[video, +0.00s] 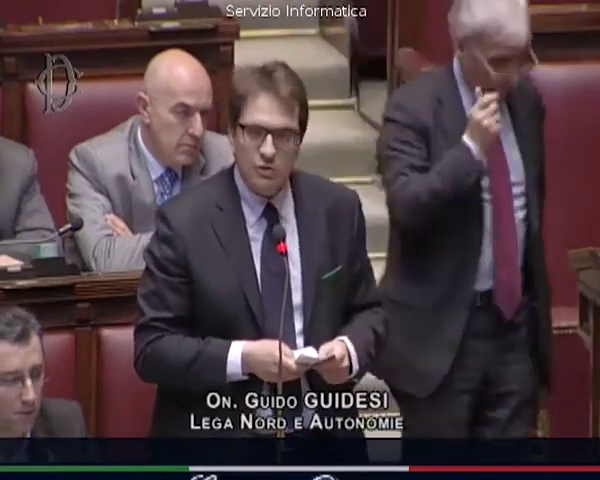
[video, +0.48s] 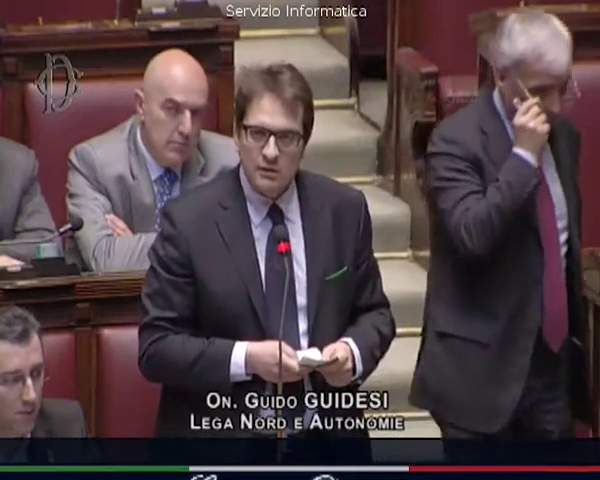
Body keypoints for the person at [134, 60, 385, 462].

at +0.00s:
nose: (268, 150)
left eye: (283, 135)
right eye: (254, 132)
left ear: (301, 138)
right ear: (233, 133)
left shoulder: (339, 208)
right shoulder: (182, 220)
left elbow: (370, 310)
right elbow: (152, 349)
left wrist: (351, 349)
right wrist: (242, 357)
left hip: (321, 437)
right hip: (215, 440)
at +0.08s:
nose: (268, 150)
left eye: (283, 135)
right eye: (254, 132)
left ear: (301, 139)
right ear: (233, 133)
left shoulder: (340, 208)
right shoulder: (183, 219)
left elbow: (371, 313)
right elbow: (153, 349)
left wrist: (350, 351)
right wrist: (242, 357)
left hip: (321, 436)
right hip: (215, 439)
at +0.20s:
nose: (268, 150)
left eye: (284, 135)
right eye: (254, 132)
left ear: (302, 139)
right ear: (234, 134)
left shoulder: (342, 208)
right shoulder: (184, 219)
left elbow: (372, 314)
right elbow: (154, 349)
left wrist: (350, 352)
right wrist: (243, 357)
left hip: (323, 439)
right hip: (216, 443)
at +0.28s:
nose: (269, 151)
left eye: (284, 136)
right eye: (255, 132)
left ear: (303, 139)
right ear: (234, 133)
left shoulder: (343, 208)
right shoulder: (185, 219)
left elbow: (373, 313)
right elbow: (155, 349)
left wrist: (351, 352)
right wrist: (244, 357)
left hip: (324, 439)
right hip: (218, 441)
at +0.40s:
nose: (270, 151)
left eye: (285, 137)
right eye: (256, 133)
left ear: (304, 140)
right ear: (236, 134)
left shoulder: (345, 209)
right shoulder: (186, 219)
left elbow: (375, 314)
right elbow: (155, 348)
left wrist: (351, 353)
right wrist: (245, 357)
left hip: (325, 440)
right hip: (218, 443)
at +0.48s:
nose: (271, 152)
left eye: (286, 137)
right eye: (257, 134)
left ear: (305, 140)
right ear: (237, 133)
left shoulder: (346, 209)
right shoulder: (187, 219)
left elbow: (376, 314)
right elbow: (156, 348)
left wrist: (352, 353)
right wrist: (246, 357)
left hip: (326, 439)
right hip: (219, 442)